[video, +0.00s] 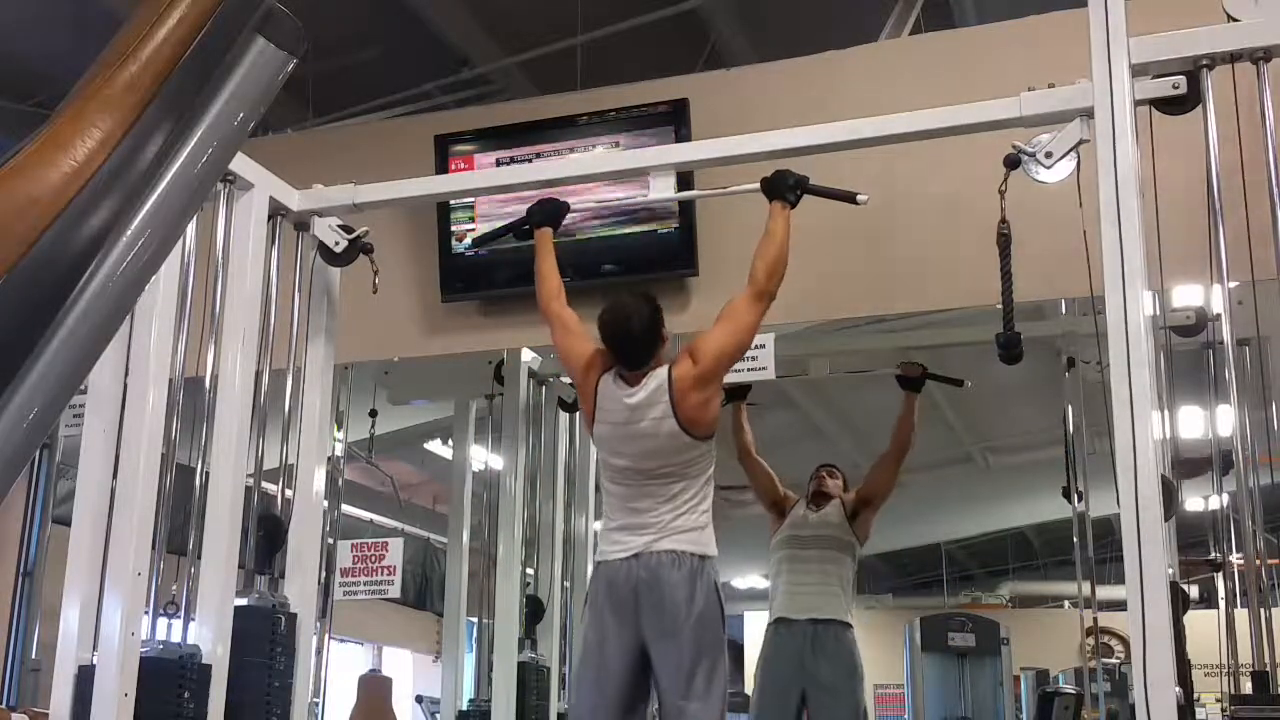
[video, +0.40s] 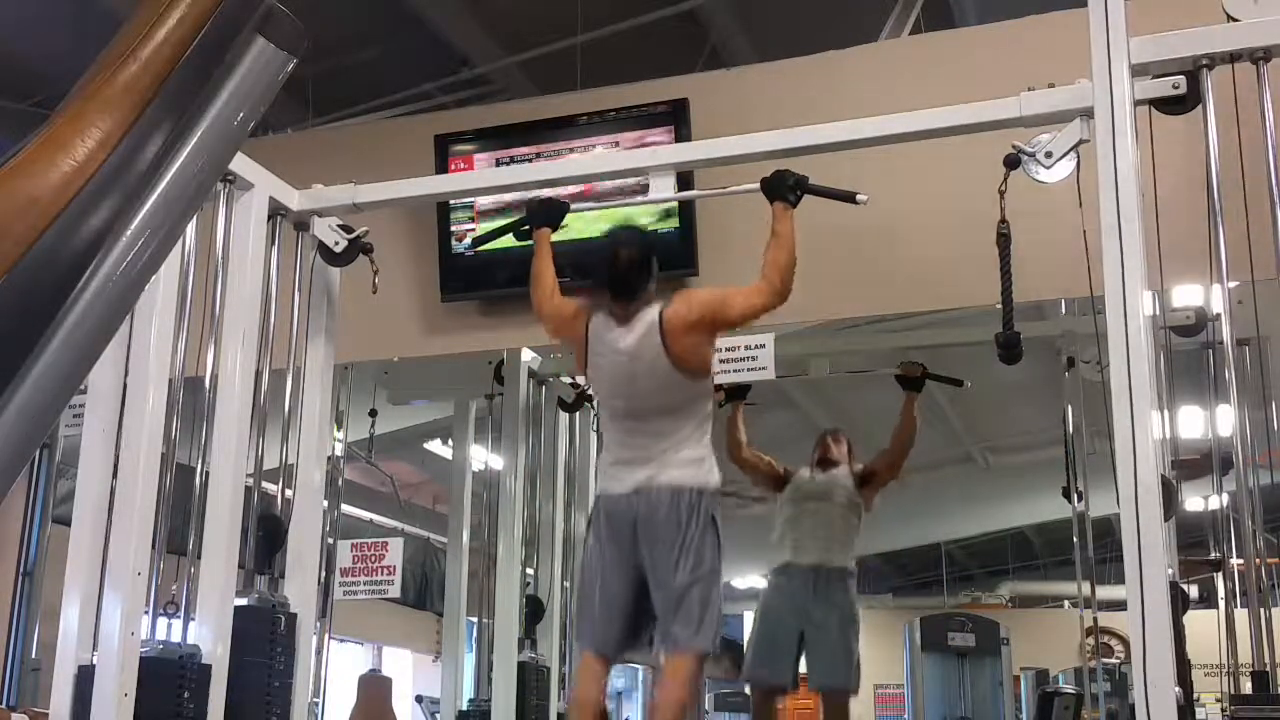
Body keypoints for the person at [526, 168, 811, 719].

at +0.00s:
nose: (664, 322)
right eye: (661, 320)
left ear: (607, 346)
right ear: (664, 336)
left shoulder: (593, 377)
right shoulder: (697, 371)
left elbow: (553, 307)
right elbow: (760, 291)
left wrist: (542, 231)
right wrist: (781, 205)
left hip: (612, 567)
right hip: (681, 565)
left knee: (599, 709)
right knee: (694, 708)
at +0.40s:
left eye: (610, 271)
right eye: (644, 266)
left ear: (602, 280)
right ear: (655, 272)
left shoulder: (585, 327)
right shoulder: (692, 312)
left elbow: (546, 301)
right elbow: (773, 288)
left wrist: (542, 234)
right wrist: (783, 207)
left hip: (613, 498)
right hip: (682, 496)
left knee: (594, 652)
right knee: (683, 650)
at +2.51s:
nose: (660, 281)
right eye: (660, 274)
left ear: (611, 288)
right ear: (663, 280)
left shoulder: (590, 336)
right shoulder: (700, 320)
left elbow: (549, 302)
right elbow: (781, 288)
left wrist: (544, 234)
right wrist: (784, 207)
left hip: (625, 516)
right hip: (693, 511)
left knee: (629, 660)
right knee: (705, 655)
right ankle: (660, 719)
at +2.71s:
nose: (669, 305)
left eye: (660, 300)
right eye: (665, 301)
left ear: (609, 321)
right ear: (662, 314)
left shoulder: (591, 360)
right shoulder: (699, 347)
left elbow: (553, 305)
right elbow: (771, 294)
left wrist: (545, 235)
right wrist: (782, 210)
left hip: (621, 543)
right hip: (691, 539)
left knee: (617, 692)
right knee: (688, 690)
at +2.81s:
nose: (668, 291)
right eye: (664, 284)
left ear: (609, 304)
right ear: (660, 295)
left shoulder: (591, 346)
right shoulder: (695, 332)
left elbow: (550, 303)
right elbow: (773, 291)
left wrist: (544, 235)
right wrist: (783, 209)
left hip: (622, 523)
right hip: (691, 520)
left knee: (614, 672)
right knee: (688, 671)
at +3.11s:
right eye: (656, 182)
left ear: (607, 202)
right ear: (660, 193)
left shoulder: (584, 257)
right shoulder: (697, 244)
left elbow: (540, 305)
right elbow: (781, 282)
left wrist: (540, 234)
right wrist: (784, 208)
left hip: (626, 427)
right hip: (692, 422)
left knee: (628, 571)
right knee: (696, 565)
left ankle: (642, 698)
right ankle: (628, 695)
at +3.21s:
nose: (664, 157)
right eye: (662, 151)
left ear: (609, 177)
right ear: (663, 166)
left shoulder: (586, 231)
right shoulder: (698, 222)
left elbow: (541, 300)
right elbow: (775, 278)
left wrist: (539, 230)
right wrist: (785, 208)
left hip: (630, 401)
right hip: (695, 395)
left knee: (635, 546)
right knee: (699, 541)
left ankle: (656, 681)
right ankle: (638, 676)